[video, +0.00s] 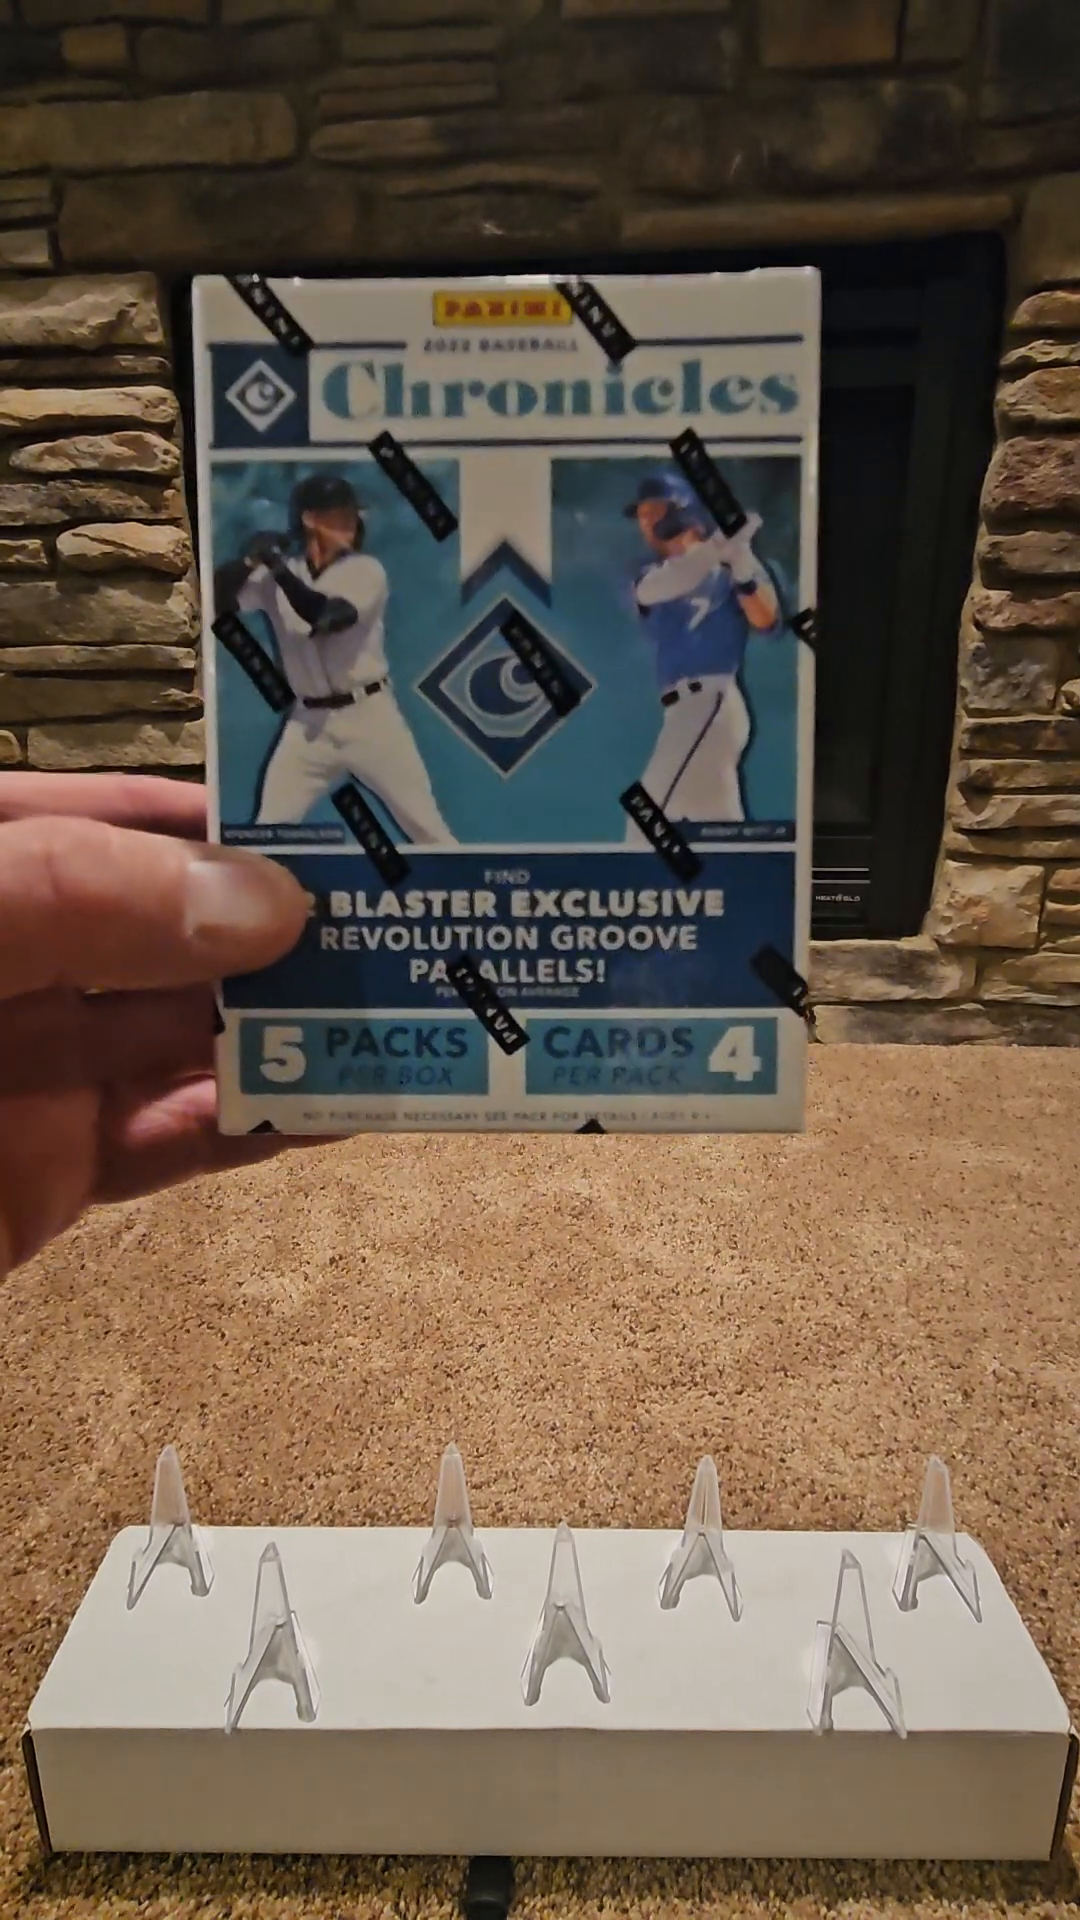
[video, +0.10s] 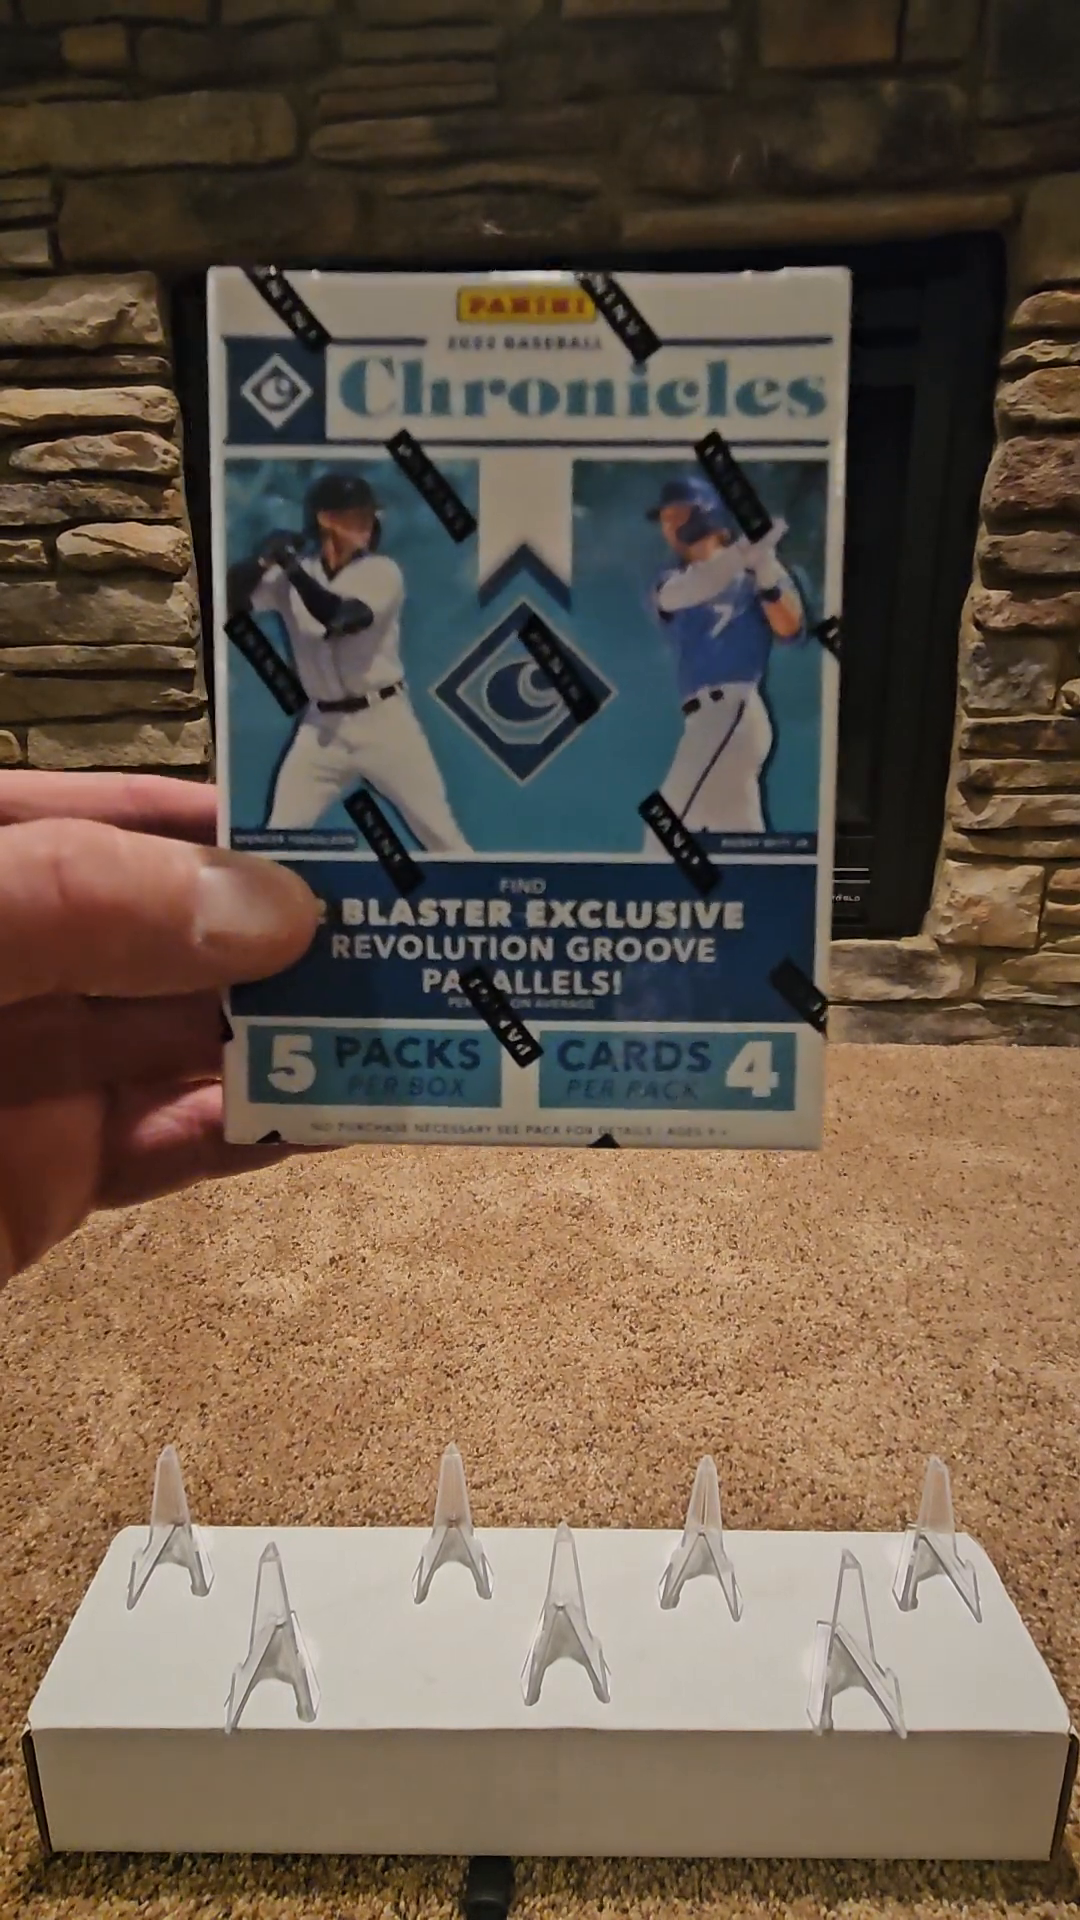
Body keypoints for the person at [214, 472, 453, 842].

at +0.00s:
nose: (349, 519)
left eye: (352, 511)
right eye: (337, 511)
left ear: (358, 519)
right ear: (309, 519)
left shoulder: (365, 571)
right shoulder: (273, 579)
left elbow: (325, 618)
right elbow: (213, 600)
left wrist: (277, 567)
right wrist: (248, 563)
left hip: (371, 719)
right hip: (308, 724)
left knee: (427, 829)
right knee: (269, 835)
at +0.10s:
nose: (368, 521)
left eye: (369, 513)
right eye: (357, 512)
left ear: (374, 520)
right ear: (326, 519)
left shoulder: (381, 572)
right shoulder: (288, 579)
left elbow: (339, 619)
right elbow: (229, 599)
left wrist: (290, 567)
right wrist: (261, 561)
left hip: (386, 723)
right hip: (321, 728)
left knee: (441, 835)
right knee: (280, 842)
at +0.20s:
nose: (368, 501)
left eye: (370, 492)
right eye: (356, 492)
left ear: (377, 498)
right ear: (327, 499)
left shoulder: (385, 553)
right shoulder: (290, 559)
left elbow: (341, 602)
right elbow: (227, 583)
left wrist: (292, 548)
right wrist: (261, 543)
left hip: (389, 708)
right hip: (323, 714)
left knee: (446, 824)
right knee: (282, 829)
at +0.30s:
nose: (379, 484)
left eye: (381, 475)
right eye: (367, 475)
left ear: (386, 483)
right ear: (337, 482)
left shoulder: (394, 538)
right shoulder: (298, 543)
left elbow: (352, 587)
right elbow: (235, 567)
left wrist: (301, 534)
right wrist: (271, 526)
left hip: (398, 694)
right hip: (331, 700)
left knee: (455, 812)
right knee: (287, 817)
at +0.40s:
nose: (384, 466)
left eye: (386, 458)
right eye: (371, 458)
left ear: (392, 464)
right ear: (342, 465)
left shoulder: (400, 520)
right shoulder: (304, 525)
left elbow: (356, 570)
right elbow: (241, 552)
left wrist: (305, 515)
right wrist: (275, 507)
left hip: (405, 679)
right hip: (337, 684)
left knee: (462, 797)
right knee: (294, 801)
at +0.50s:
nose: (384, 483)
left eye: (387, 475)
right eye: (371, 474)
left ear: (393, 482)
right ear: (343, 483)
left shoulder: (401, 536)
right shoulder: (306, 543)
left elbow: (359, 588)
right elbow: (244, 569)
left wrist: (306, 532)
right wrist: (277, 525)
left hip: (407, 692)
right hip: (340, 699)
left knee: (462, 806)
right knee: (299, 815)